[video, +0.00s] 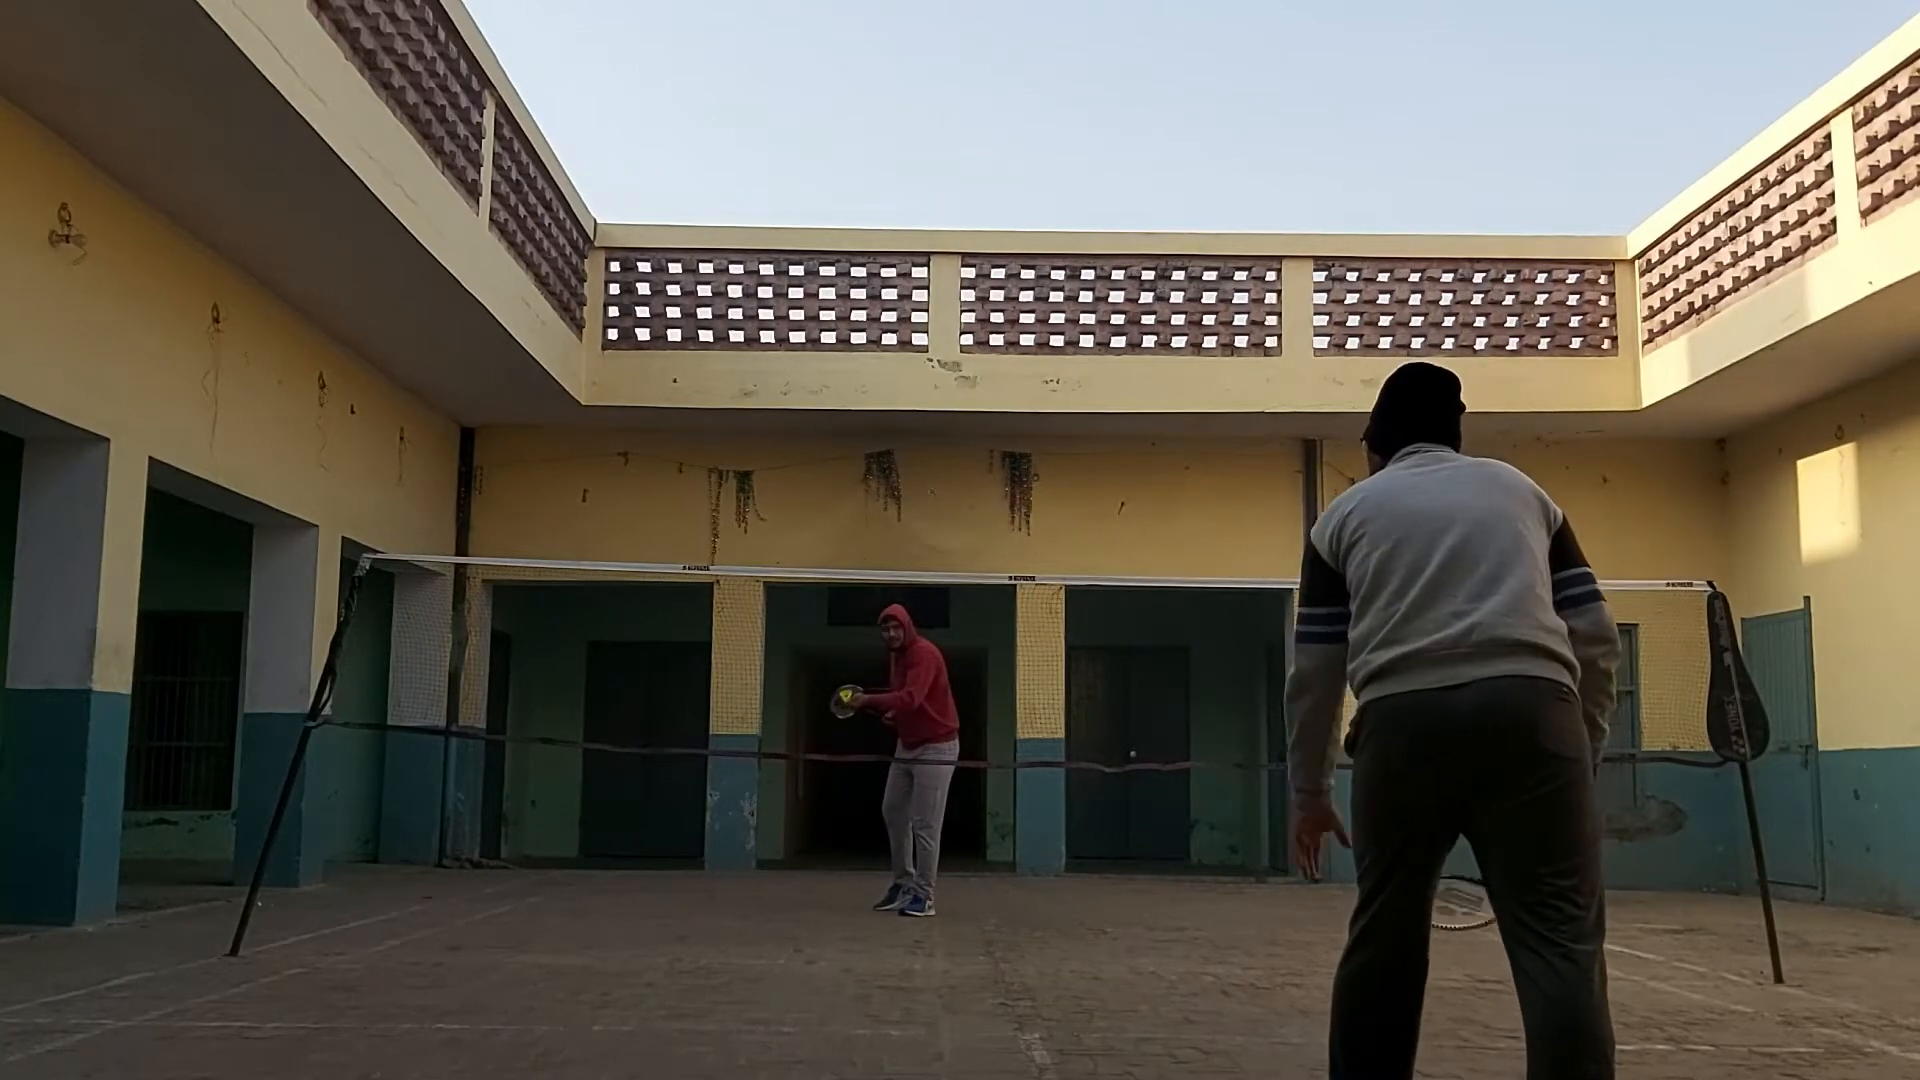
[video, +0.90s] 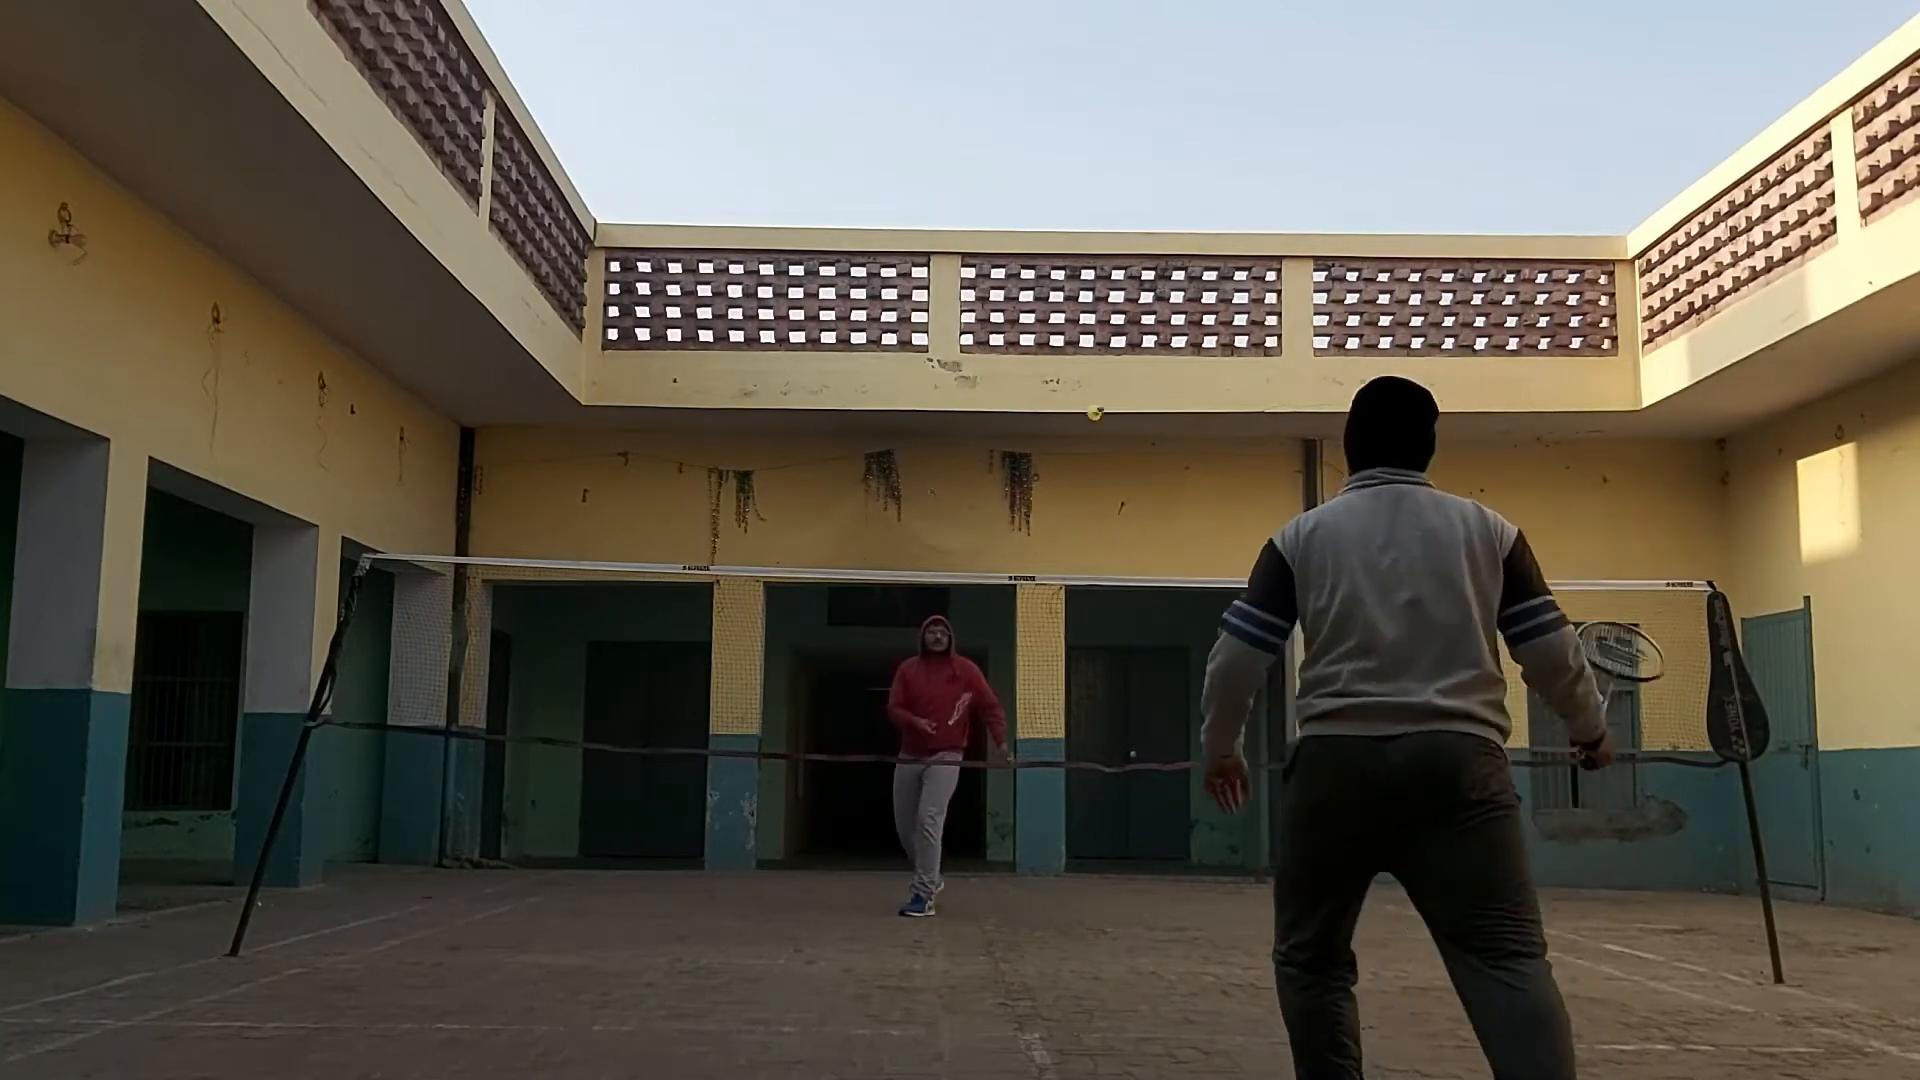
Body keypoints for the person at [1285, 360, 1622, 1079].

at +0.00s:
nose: (1368, 454)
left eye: (1369, 444)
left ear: (1376, 442)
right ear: (1457, 434)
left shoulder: (1343, 514)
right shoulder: (1522, 490)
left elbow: (1312, 673)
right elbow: (1595, 630)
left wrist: (1309, 793)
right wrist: (1586, 742)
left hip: (1401, 729)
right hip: (1532, 717)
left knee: (1387, 926)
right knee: (1558, 936)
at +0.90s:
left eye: (1352, 439)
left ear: (1349, 446)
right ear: (1430, 447)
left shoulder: (1303, 536)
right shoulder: (1490, 531)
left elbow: (1236, 658)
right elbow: (1551, 656)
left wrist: (1221, 746)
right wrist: (1591, 726)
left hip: (1332, 765)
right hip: (1460, 763)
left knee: (1311, 957)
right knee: (1506, 955)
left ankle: (1333, 1078)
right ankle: (1544, 1073)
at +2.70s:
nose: (1020, 453)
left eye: (1021, 444)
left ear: (1024, 448)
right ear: (1093, 450)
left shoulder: (1000, 502)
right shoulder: (1147, 520)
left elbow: (969, 590)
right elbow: (1187, 620)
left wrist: (929, 696)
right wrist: (1150, 715)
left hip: (1008, 705)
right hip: (1113, 710)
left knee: (948, 885)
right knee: (1114, 902)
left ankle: (925, 1059)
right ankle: (1122, 1067)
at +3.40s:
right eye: (922, 453)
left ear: (849, 461)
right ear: (922, 461)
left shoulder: (801, 550)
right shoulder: (950, 537)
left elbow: (764, 641)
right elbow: (1051, 594)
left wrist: (849, 635)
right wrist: (1064, 513)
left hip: (819, 780)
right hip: (939, 778)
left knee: (744, 948)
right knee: (1036, 937)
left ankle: (673, 1074)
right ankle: (1072, 1074)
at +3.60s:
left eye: (727, 450)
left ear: (726, 463)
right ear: (801, 447)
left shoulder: (703, 566)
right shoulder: (861, 494)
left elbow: (678, 669)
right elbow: (944, 477)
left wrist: (736, 613)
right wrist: (924, 394)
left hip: (795, 760)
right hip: (911, 744)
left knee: (735, 940)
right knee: (991, 925)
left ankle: (669, 1071)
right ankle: (1065, 1071)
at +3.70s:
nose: (692, 450)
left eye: (689, 442)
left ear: (693, 452)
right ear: (766, 431)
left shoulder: (684, 559)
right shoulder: (835, 475)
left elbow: (657, 680)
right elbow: (892, 567)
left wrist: (703, 597)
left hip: (790, 746)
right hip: (905, 720)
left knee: (739, 934)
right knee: (972, 912)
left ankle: (672, 1074)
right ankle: (1052, 1070)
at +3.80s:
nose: (686, 446)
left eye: (686, 438)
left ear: (691, 448)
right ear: (766, 429)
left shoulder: (685, 550)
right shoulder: (843, 482)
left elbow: (652, 682)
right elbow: (910, 594)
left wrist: (685, 615)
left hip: (793, 739)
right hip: (907, 715)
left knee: (740, 927)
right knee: (967, 900)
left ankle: (675, 1072)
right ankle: (1027, 1072)